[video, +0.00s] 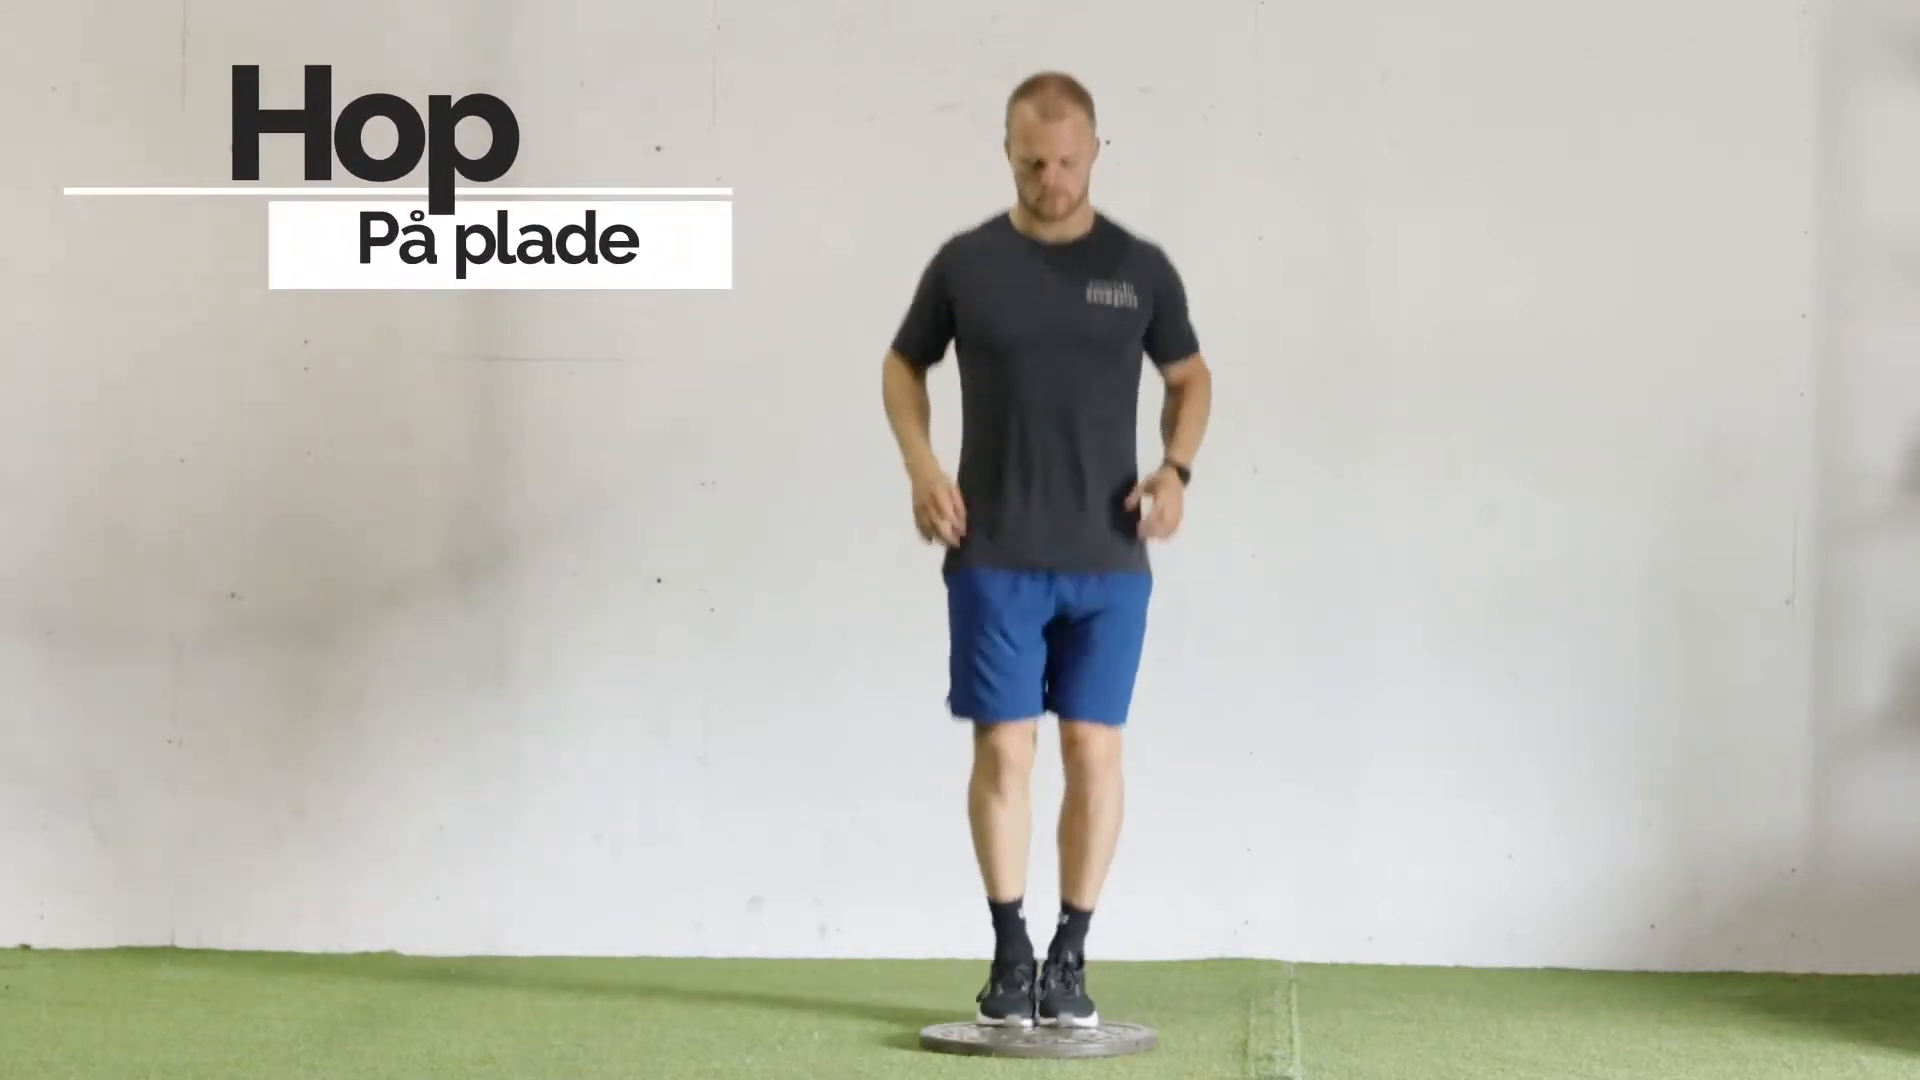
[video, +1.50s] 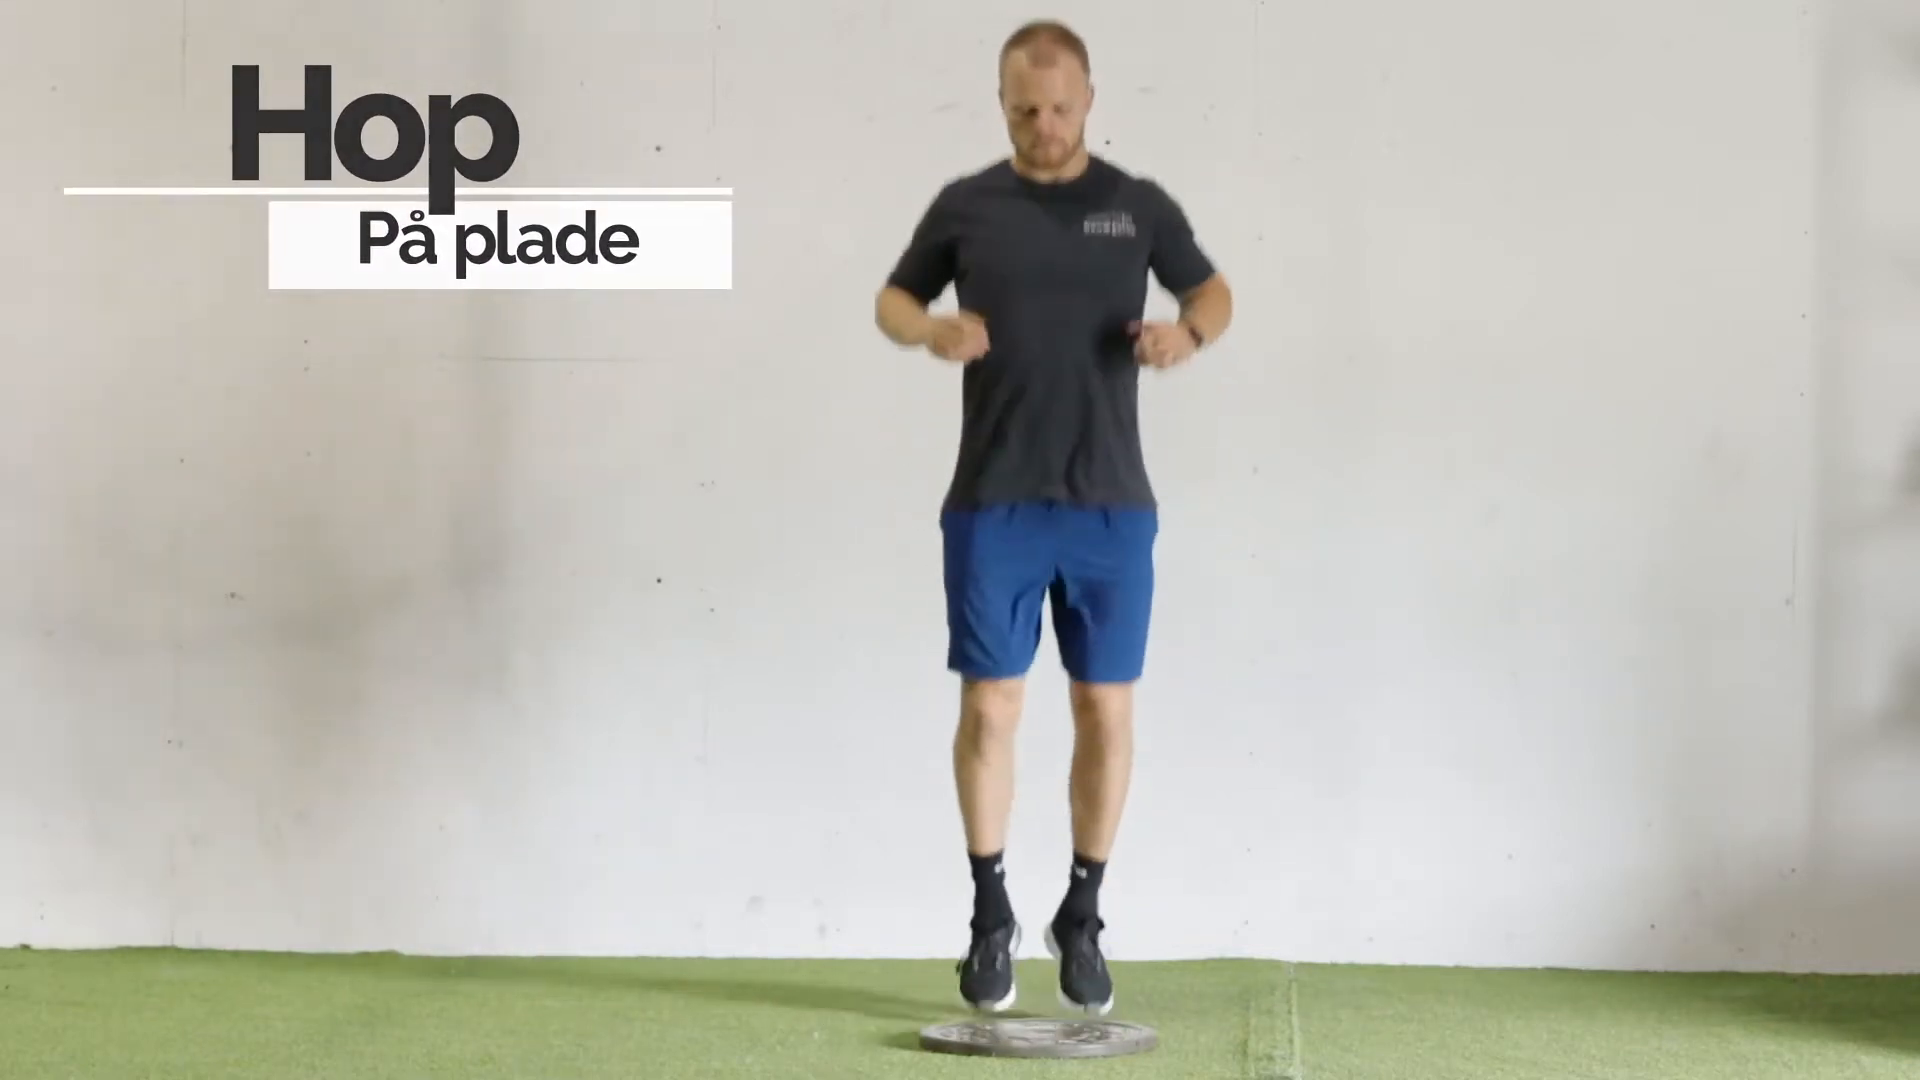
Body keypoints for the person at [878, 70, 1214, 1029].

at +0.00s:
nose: (1049, 176)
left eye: (1065, 158)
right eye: (1032, 159)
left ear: (1094, 154)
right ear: (1008, 156)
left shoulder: (1139, 267)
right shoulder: (964, 263)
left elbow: (1190, 378)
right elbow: (903, 366)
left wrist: (1174, 470)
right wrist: (922, 467)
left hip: (1108, 556)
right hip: (995, 553)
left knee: (1092, 747)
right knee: (1004, 750)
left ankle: (1067, 960)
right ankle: (1010, 958)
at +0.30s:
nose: (1046, 156)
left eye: (1063, 139)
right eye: (1031, 139)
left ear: (1096, 136)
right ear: (1011, 137)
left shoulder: (1149, 246)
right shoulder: (964, 243)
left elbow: (1202, 352)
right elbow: (912, 344)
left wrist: (1190, 446)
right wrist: (927, 444)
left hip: (1114, 533)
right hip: (999, 531)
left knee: (1104, 738)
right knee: (1008, 738)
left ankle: (1101, 932)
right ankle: (1014, 932)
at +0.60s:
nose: (1045, 99)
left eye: (1060, 81)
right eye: (1028, 81)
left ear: (1091, 74)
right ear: (1005, 75)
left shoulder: (1142, 175)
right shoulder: (964, 174)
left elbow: (1220, 259)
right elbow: (883, 266)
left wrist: (1202, 304)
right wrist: (914, 310)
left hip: (1110, 469)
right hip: (996, 468)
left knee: (1103, 676)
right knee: (999, 676)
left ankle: (1095, 884)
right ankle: (1007, 883)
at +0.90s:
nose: (1037, 191)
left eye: (1053, 174)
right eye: (1019, 175)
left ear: (1082, 166)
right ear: (996, 169)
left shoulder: (1133, 276)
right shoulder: (955, 281)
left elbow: (1200, 382)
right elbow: (893, 397)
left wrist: (1184, 457)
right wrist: (903, 504)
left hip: (1104, 568)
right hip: (990, 565)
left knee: (1092, 764)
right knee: (994, 768)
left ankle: (1067, 968)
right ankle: (998, 965)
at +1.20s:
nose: (1040, 138)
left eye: (1056, 120)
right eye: (1023, 122)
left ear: (1087, 112)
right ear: (1000, 116)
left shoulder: (1138, 217)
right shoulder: (956, 216)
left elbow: (1204, 306)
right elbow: (899, 307)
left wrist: (1188, 395)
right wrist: (904, 408)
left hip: (1103, 513)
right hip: (987, 512)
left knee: (1095, 722)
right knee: (991, 720)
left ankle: (1082, 930)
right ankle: (989, 931)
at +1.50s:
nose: (1044, 125)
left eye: (1059, 108)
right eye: (1027, 109)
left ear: (1088, 102)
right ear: (1004, 108)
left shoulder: (1139, 206)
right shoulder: (965, 207)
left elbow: (1212, 293)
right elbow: (893, 302)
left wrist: (1186, 332)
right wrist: (932, 328)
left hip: (1110, 500)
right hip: (996, 498)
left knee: (1105, 712)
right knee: (990, 711)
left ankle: (1082, 917)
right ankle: (991, 916)